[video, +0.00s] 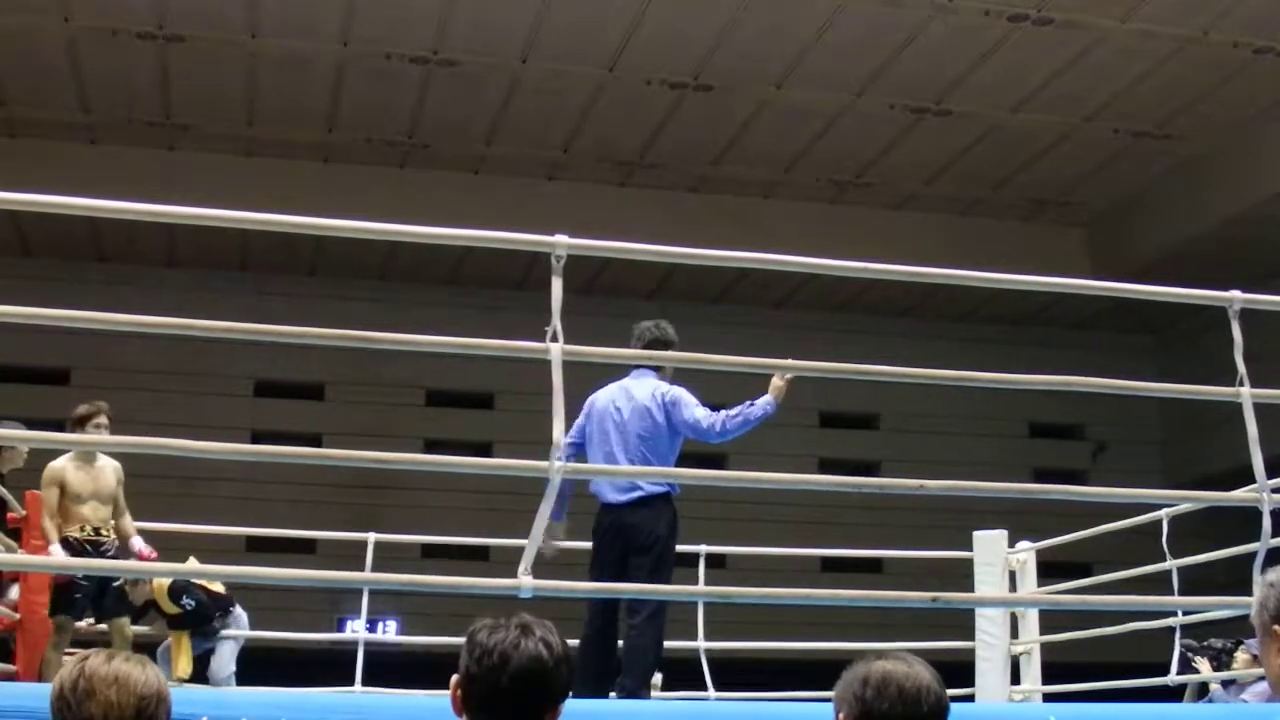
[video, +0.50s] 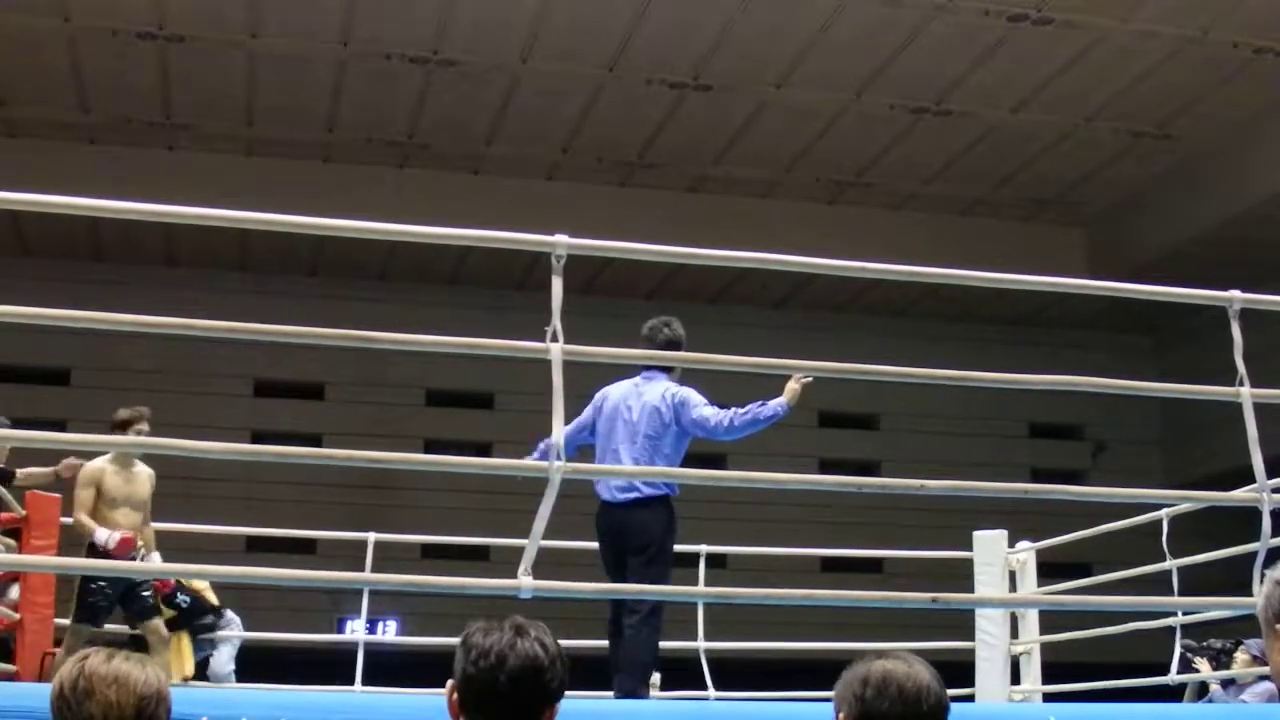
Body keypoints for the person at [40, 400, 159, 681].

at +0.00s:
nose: (103, 433)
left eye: (106, 428)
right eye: (96, 427)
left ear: (110, 432)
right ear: (78, 432)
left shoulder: (114, 468)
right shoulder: (57, 469)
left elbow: (122, 514)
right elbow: (48, 517)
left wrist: (137, 544)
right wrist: (56, 551)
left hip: (109, 550)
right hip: (72, 550)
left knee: (124, 633)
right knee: (62, 633)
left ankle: (122, 703)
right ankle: (47, 702)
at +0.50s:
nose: (144, 439)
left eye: (147, 434)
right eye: (138, 433)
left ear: (148, 437)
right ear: (120, 433)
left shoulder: (147, 474)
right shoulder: (94, 470)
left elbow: (145, 523)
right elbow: (80, 516)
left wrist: (155, 562)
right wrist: (105, 537)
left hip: (136, 567)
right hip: (101, 566)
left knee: (159, 636)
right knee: (77, 637)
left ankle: (160, 707)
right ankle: (54, 704)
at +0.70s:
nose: (190, 441)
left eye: (192, 435)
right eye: (184, 434)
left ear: (191, 440)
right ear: (165, 435)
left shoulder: (184, 478)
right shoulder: (141, 469)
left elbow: (181, 525)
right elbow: (123, 515)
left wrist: (200, 555)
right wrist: (133, 560)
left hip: (174, 565)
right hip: (142, 562)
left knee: (185, 640)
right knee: (113, 635)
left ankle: (178, 711)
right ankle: (74, 690)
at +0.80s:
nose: (211, 436)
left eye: (213, 430)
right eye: (205, 429)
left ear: (211, 434)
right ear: (185, 431)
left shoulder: (203, 473)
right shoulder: (160, 462)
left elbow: (199, 521)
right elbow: (136, 505)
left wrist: (224, 537)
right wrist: (143, 551)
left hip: (186, 556)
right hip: (157, 553)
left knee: (184, 638)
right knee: (140, 630)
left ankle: (178, 707)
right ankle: (98, 675)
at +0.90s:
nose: (228, 434)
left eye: (230, 429)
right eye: (223, 428)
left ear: (227, 431)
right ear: (203, 428)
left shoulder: (220, 470)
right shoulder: (172, 460)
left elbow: (221, 516)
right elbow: (144, 499)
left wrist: (246, 524)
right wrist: (158, 534)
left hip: (198, 553)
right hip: (170, 550)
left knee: (187, 635)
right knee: (164, 627)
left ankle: (174, 702)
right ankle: (130, 683)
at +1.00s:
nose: (239, 437)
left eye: (242, 432)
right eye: (234, 430)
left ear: (241, 434)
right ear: (214, 430)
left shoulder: (236, 473)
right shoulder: (184, 462)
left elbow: (247, 516)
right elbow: (155, 503)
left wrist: (265, 524)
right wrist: (176, 524)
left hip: (212, 552)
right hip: (182, 549)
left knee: (200, 629)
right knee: (187, 624)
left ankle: (179, 694)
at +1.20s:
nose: (257, 431)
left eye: (259, 426)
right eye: (251, 425)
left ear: (259, 429)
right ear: (231, 427)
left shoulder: (259, 468)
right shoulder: (204, 465)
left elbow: (271, 511)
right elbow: (187, 511)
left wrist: (286, 530)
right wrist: (209, 528)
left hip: (246, 556)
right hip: (215, 555)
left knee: (240, 639)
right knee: (222, 634)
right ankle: (205, 705)